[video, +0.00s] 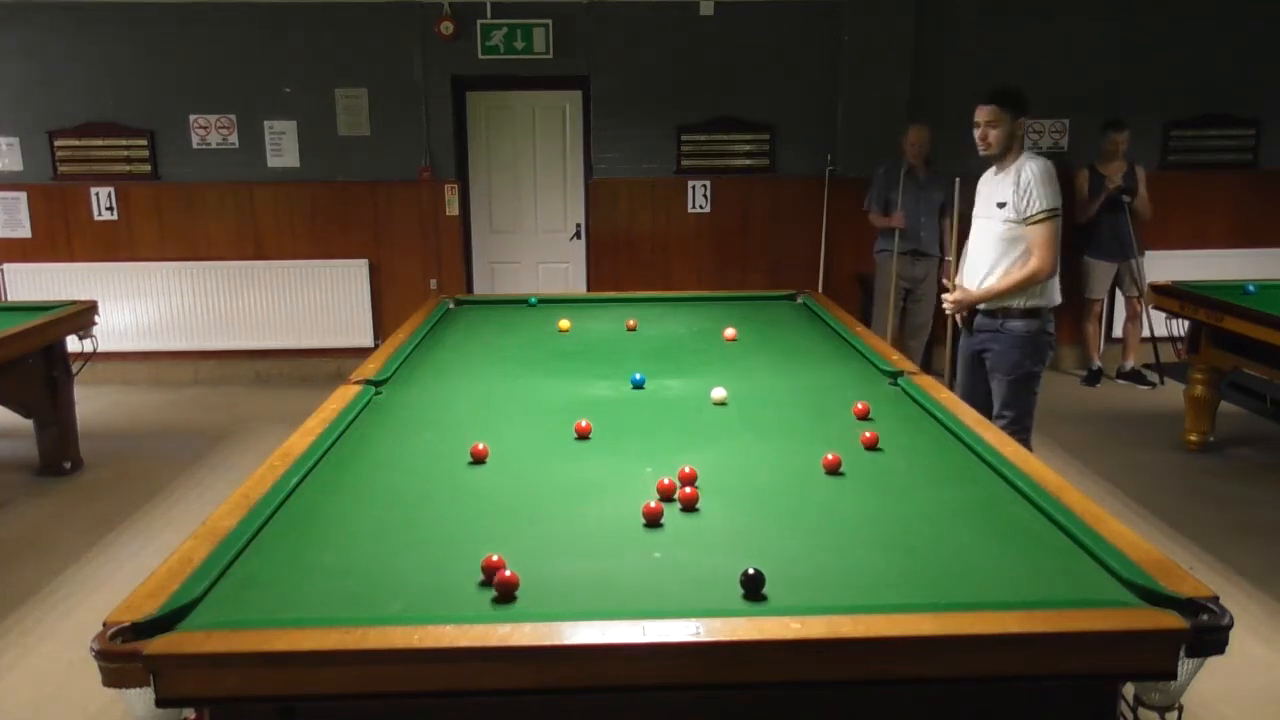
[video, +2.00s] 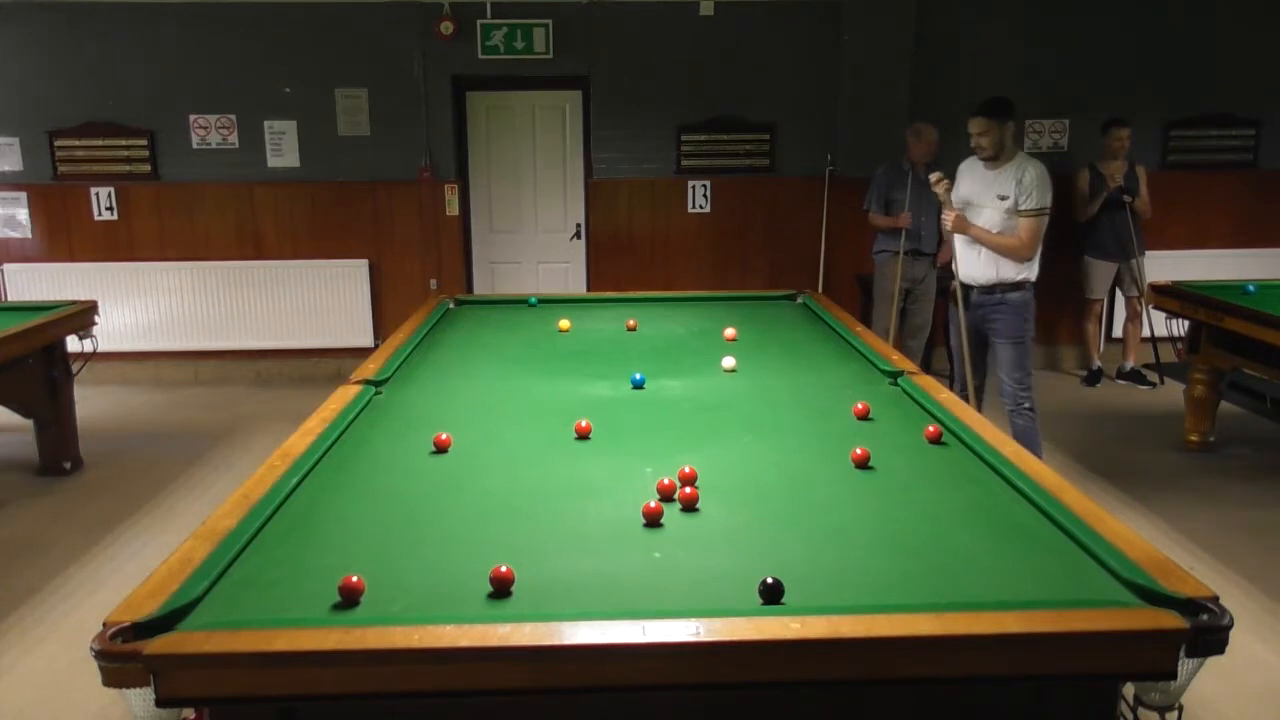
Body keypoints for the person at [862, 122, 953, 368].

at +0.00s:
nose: (917, 150)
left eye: (922, 145)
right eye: (912, 145)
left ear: (929, 147)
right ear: (904, 145)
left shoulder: (938, 179)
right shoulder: (888, 175)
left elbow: (946, 221)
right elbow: (874, 216)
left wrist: (949, 261)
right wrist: (889, 221)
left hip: (928, 259)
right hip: (893, 257)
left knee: (918, 331)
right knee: (885, 326)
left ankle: (909, 386)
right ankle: (878, 383)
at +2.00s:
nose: (930, 149)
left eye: (933, 144)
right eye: (925, 143)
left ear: (936, 147)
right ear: (910, 143)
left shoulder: (935, 179)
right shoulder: (888, 173)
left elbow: (946, 216)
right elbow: (873, 217)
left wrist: (948, 244)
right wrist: (895, 222)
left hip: (926, 261)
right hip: (892, 259)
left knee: (918, 331)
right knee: (884, 326)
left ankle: (908, 386)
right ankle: (877, 383)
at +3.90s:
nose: (912, 153)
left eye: (916, 148)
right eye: (907, 148)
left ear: (922, 150)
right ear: (897, 148)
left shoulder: (929, 180)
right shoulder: (880, 176)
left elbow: (936, 220)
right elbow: (854, 211)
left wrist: (926, 253)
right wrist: (864, 246)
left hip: (917, 263)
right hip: (882, 259)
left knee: (912, 331)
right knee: (879, 329)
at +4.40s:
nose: (869, 155)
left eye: (874, 150)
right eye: (866, 150)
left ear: (886, 152)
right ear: (862, 151)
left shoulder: (897, 181)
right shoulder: (850, 178)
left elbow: (910, 221)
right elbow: (834, 219)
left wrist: (909, 252)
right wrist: (837, 260)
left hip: (895, 259)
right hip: (859, 259)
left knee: (898, 323)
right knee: (861, 319)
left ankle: (901, 375)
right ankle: (863, 373)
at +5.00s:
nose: (831, 172)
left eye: (836, 167)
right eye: (827, 167)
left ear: (849, 161)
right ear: (823, 163)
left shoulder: (875, 179)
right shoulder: (827, 182)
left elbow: (896, 217)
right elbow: (825, 223)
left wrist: (871, 241)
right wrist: (820, 263)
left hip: (869, 261)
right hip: (840, 262)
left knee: (868, 318)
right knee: (845, 316)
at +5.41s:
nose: (795, 172)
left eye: (799, 167)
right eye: (792, 167)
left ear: (815, 159)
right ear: (789, 164)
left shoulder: (844, 179)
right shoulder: (802, 181)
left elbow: (861, 224)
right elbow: (809, 222)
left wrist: (830, 254)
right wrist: (800, 255)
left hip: (843, 267)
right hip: (814, 267)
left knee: (843, 329)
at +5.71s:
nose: (755, 171)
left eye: (759, 165)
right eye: (753, 166)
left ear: (774, 158)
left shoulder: (804, 180)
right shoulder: (772, 183)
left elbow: (824, 223)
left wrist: (799, 260)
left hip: (811, 267)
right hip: (781, 263)